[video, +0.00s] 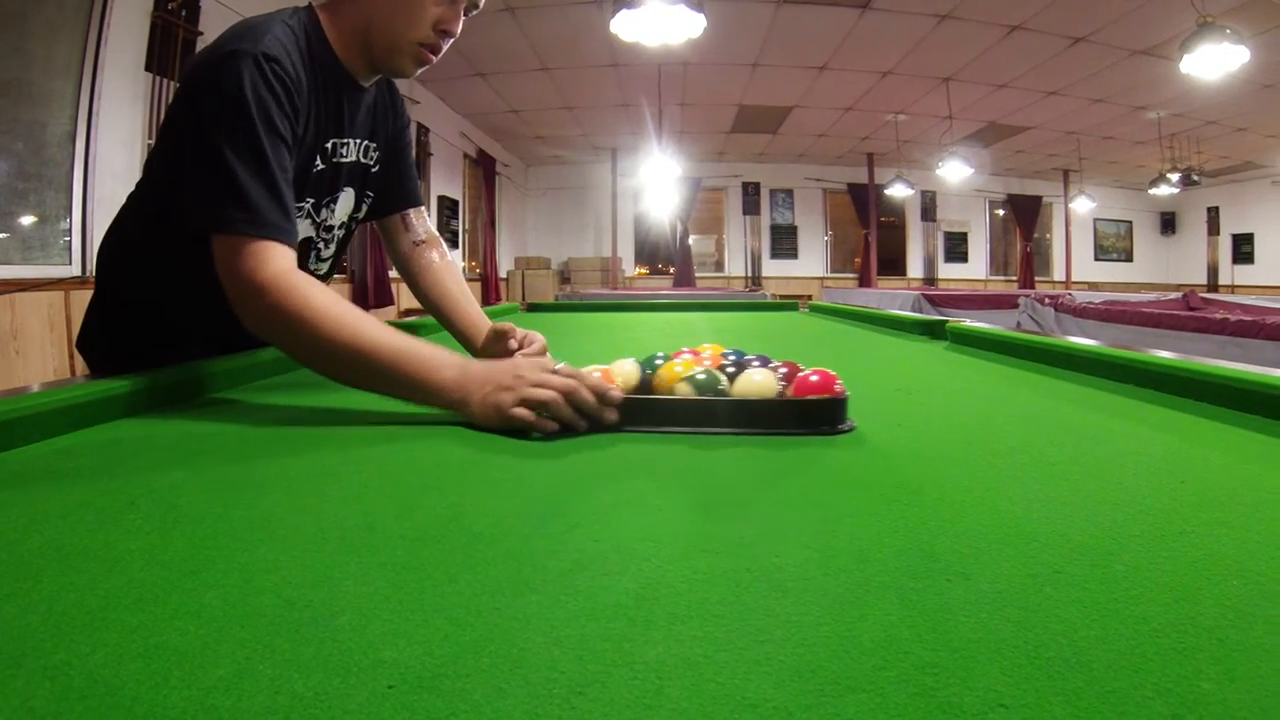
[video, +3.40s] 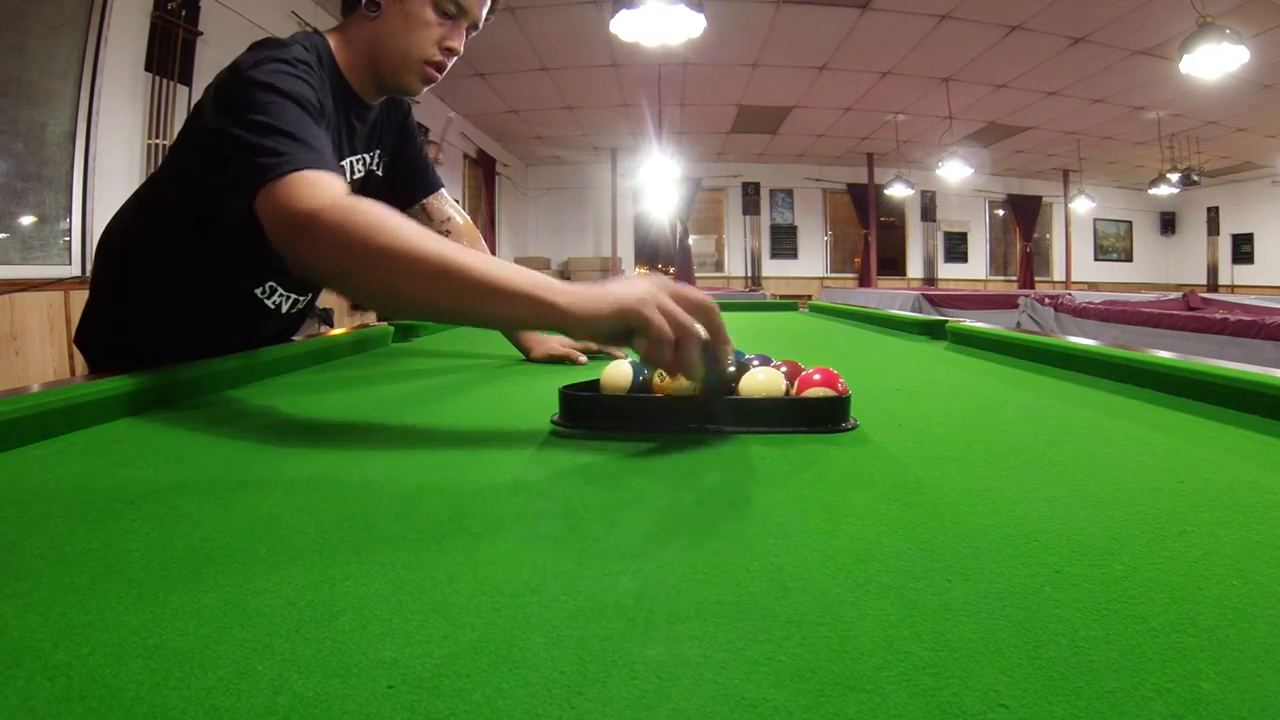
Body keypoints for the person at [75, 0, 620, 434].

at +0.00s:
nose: (456, 25)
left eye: (467, 10)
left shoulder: (382, 96)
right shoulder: (255, 63)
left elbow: (416, 237)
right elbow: (261, 283)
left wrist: (483, 335)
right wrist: (466, 383)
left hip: (261, 351)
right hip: (151, 358)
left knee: (239, 547)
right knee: (140, 557)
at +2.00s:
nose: (442, 34)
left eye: (453, 18)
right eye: (429, 5)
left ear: (454, 26)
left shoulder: (383, 102)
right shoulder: (255, 71)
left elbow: (441, 224)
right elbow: (278, 267)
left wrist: (529, 337)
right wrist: (468, 384)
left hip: (263, 336)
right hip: (152, 342)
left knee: (243, 527)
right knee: (140, 537)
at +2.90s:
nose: (450, 35)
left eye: (458, 21)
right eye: (438, 6)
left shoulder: (386, 110)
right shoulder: (259, 81)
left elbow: (447, 225)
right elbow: (283, 266)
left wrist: (517, 329)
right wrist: (496, 347)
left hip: (258, 333)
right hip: (150, 334)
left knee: (243, 513)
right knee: (141, 522)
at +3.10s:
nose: (454, 41)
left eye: (463, 26)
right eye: (442, 12)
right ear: (366, 0)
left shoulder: (389, 109)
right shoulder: (273, 75)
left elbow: (446, 228)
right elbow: (330, 235)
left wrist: (523, 329)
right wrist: (579, 302)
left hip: (261, 334)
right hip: (151, 337)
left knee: (253, 518)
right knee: (144, 526)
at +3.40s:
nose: (457, 48)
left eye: (467, 33)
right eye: (446, 17)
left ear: (449, 41)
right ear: (376, 1)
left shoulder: (387, 112)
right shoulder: (280, 76)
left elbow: (449, 227)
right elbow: (312, 232)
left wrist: (523, 330)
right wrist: (569, 301)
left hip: (255, 337)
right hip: (149, 338)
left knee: (238, 524)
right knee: (133, 534)